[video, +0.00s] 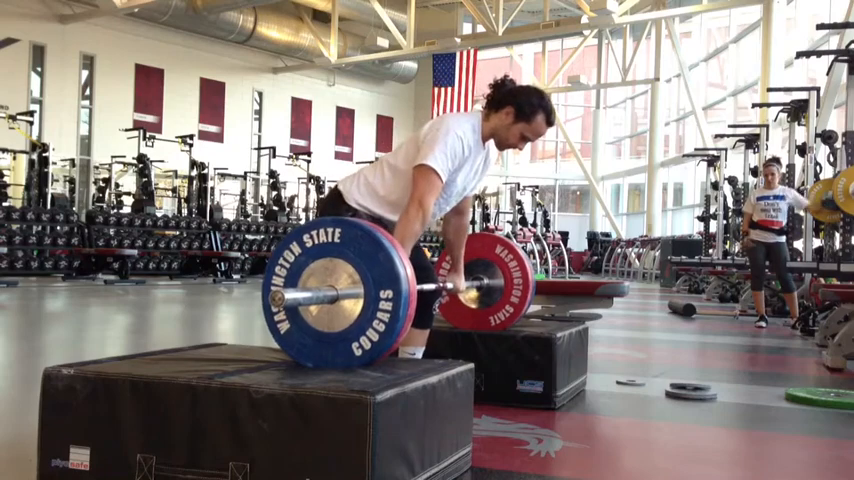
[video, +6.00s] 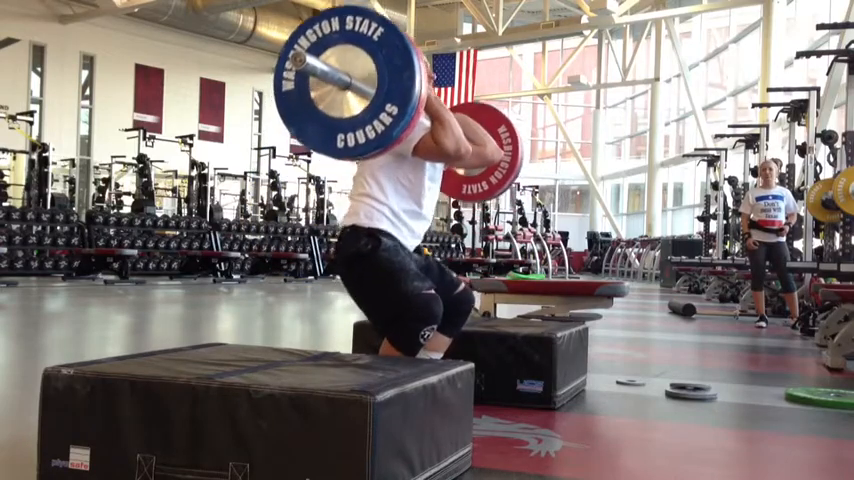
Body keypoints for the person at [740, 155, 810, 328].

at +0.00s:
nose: (769, 178)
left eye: (772, 174)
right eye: (766, 175)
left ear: (779, 175)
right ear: (762, 176)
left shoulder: (787, 193)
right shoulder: (755, 194)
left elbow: (808, 205)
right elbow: (747, 216)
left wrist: (824, 205)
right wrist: (744, 234)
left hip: (778, 240)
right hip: (756, 239)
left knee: (784, 275)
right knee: (757, 276)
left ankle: (795, 317)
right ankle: (761, 316)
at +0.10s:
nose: (770, 176)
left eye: (773, 173)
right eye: (767, 173)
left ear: (780, 174)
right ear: (763, 175)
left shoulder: (788, 193)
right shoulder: (755, 193)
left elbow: (803, 212)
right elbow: (747, 215)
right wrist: (745, 233)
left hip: (778, 240)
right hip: (757, 238)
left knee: (784, 275)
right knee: (757, 275)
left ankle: (795, 317)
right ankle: (761, 315)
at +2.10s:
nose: (766, 176)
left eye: (769, 173)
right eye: (763, 173)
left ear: (776, 174)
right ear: (759, 175)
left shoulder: (784, 193)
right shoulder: (751, 195)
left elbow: (794, 213)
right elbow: (744, 217)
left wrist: (788, 224)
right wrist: (746, 235)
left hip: (777, 240)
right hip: (756, 239)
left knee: (785, 276)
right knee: (757, 277)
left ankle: (795, 318)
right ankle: (761, 316)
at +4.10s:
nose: (766, 176)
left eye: (769, 173)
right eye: (763, 173)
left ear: (776, 174)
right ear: (759, 175)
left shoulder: (784, 193)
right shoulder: (751, 195)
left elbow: (792, 214)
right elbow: (744, 216)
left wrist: (787, 224)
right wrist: (746, 235)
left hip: (777, 240)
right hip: (757, 239)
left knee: (785, 276)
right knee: (757, 278)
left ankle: (795, 318)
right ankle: (761, 315)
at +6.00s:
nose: (767, 172)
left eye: (770, 169)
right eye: (764, 170)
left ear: (776, 172)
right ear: (760, 173)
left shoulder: (784, 192)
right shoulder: (752, 193)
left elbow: (792, 213)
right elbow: (744, 216)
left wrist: (788, 224)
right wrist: (746, 235)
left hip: (778, 239)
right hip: (757, 239)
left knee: (785, 275)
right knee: (757, 277)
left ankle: (795, 317)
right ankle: (761, 316)